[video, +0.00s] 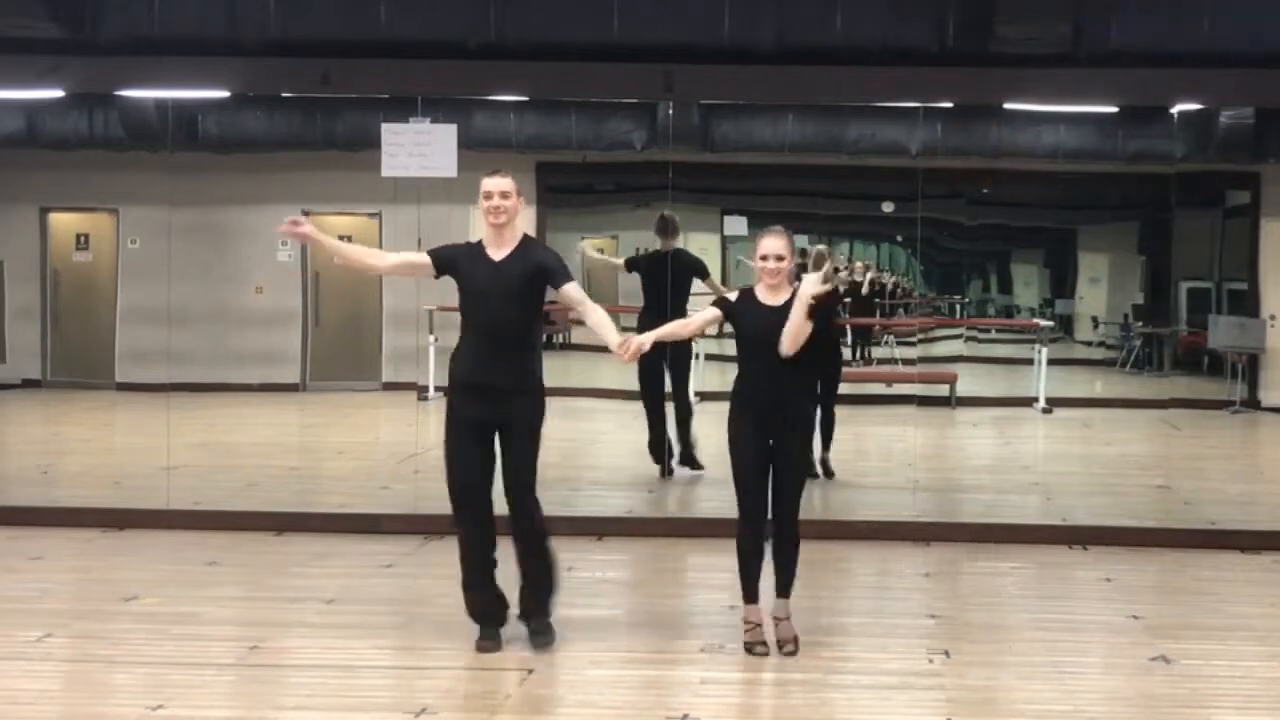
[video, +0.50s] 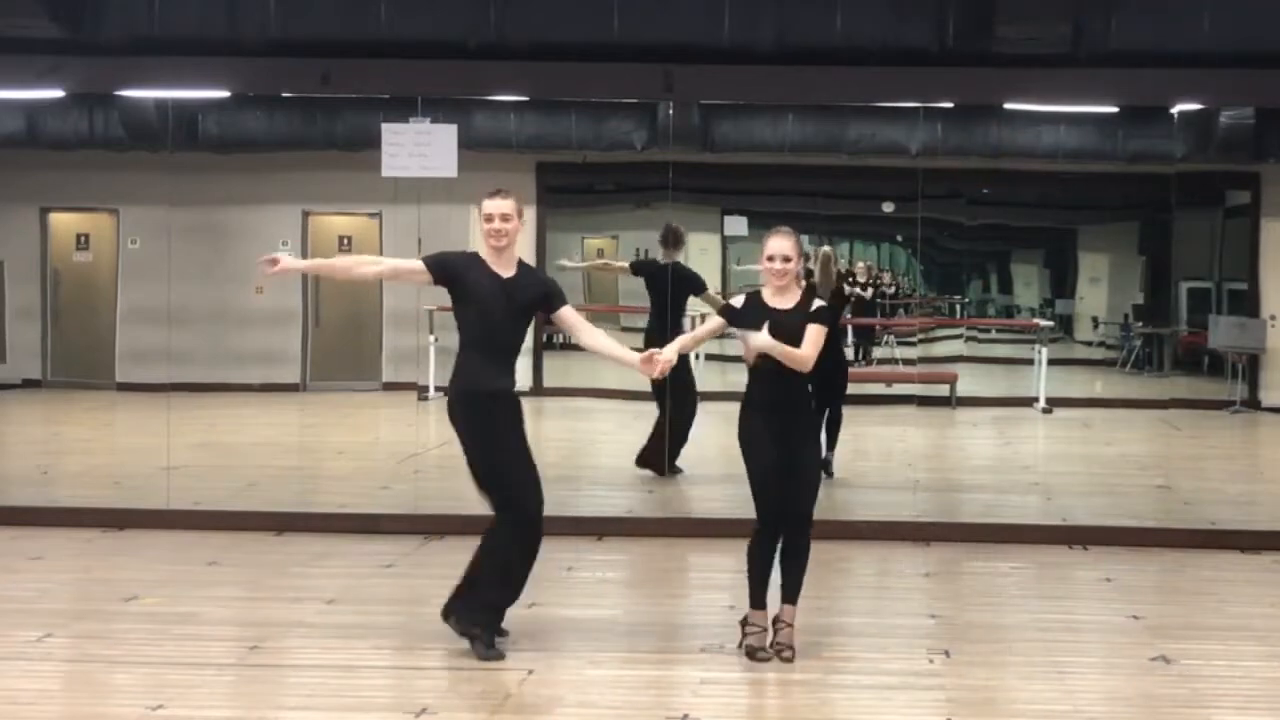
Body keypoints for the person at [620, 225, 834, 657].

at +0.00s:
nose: (771, 265)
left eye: (778, 258)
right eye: (764, 258)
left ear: (792, 262)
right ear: (754, 261)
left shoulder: (811, 305)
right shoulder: (739, 301)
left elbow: (788, 347)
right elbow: (693, 324)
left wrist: (803, 293)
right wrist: (649, 336)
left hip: (795, 423)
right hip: (749, 422)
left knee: (786, 518)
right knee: (752, 517)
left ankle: (783, 610)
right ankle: (753, 613)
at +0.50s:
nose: (778, 266)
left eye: (786, 259)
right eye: (771, 258)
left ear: (800, 263)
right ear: (761, 262)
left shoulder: (818, 306)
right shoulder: (746, 303)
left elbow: (806, 360)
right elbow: (699, 334)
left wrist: (764, 342)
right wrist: (669, 351)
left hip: (802, 424)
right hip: (759, 422)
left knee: (799, 522)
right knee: (770, 519)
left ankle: (786, 619)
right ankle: (756, 617)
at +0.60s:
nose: (777, 268)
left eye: (785, 261)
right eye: (771, 261)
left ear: (802, 264)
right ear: (762, 264)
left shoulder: (821, 307)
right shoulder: (753, 309)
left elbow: (834, 354)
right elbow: (703, 332)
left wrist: (790, 370)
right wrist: (675, 344)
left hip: (798, 427)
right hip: (755, 424)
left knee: (806, 521)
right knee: (753, 518)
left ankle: (784, 608)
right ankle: (747, 616)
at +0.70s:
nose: (766, 273)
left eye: (775, 266)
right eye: (764, 266)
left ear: (800, 268)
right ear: (764, 269)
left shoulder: (830, 313)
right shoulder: (761, 315)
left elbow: (861, 361)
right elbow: (707, 341)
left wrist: (822, 394)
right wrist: (683, 340)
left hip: (803, 428)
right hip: (757, 422)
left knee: (801, 527)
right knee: (729, 512)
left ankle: (783, 611)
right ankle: (698, 609)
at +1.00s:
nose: (767, 281)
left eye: (774, 275)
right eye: (767, 275)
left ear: (800, 277)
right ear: (777, 280)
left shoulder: (836, 317)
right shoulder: (766, 322)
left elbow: (878, 355)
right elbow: (712, 340)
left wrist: (845, 396)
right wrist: (689, 333)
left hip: (816, 433)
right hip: (768, 429)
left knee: (809, 529)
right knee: (731, 509)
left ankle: (785, 612)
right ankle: (692, 577)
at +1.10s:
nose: (770, 281)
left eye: (776, 274)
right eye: (769, 274)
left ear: (802, 276)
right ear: (789, 278)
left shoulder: (834, 320)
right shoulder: (767, 321)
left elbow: (878, 355)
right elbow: (712, 336)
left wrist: (844, 389)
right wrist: (670, 335)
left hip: (814, 434)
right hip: (769, 431)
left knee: (804, 524)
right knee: (754, 515)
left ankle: (790, 611)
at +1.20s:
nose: (773, 277)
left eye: (782, 271)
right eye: (773, 270)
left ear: (806, 274)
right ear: (775, 273)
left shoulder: (832, 318)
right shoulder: (762, 314)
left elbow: (877, 355)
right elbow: (705, 334)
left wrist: (842, 387)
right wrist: (651, 346)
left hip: (816, 429)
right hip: (773, 430)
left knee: (795, 520)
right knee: (788, 522)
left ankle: (785, 610)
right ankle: (827, 589)